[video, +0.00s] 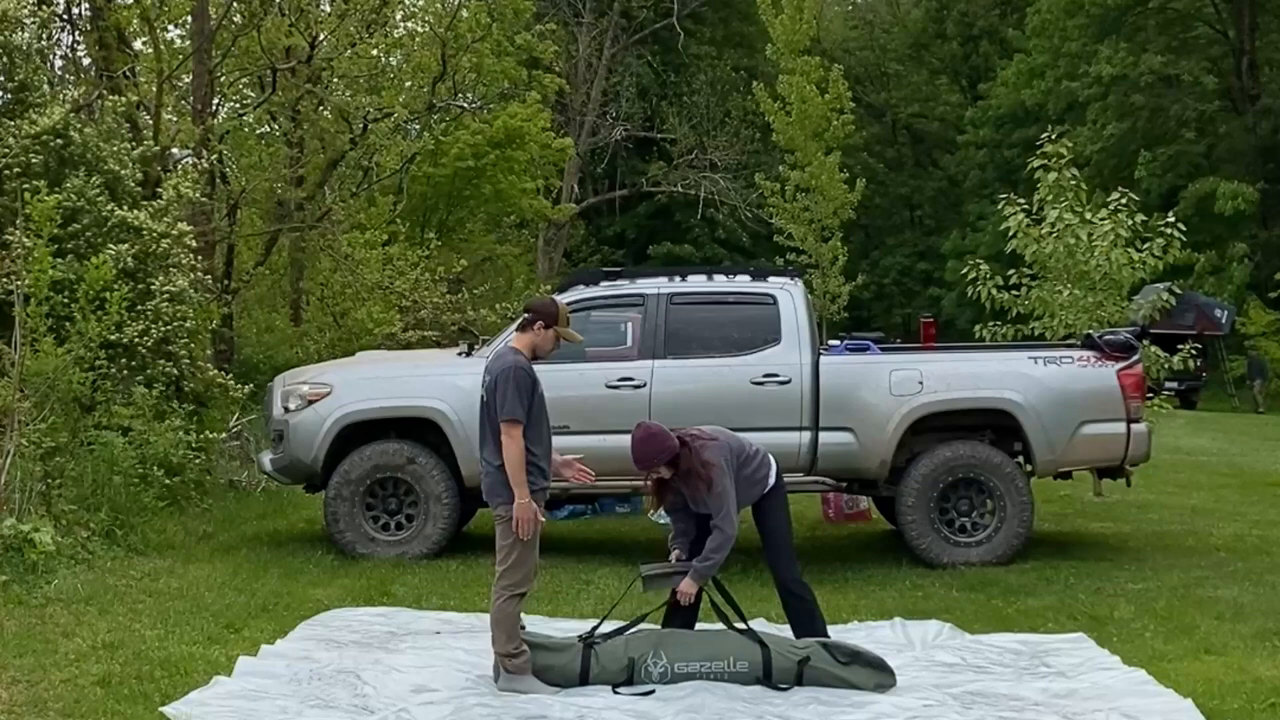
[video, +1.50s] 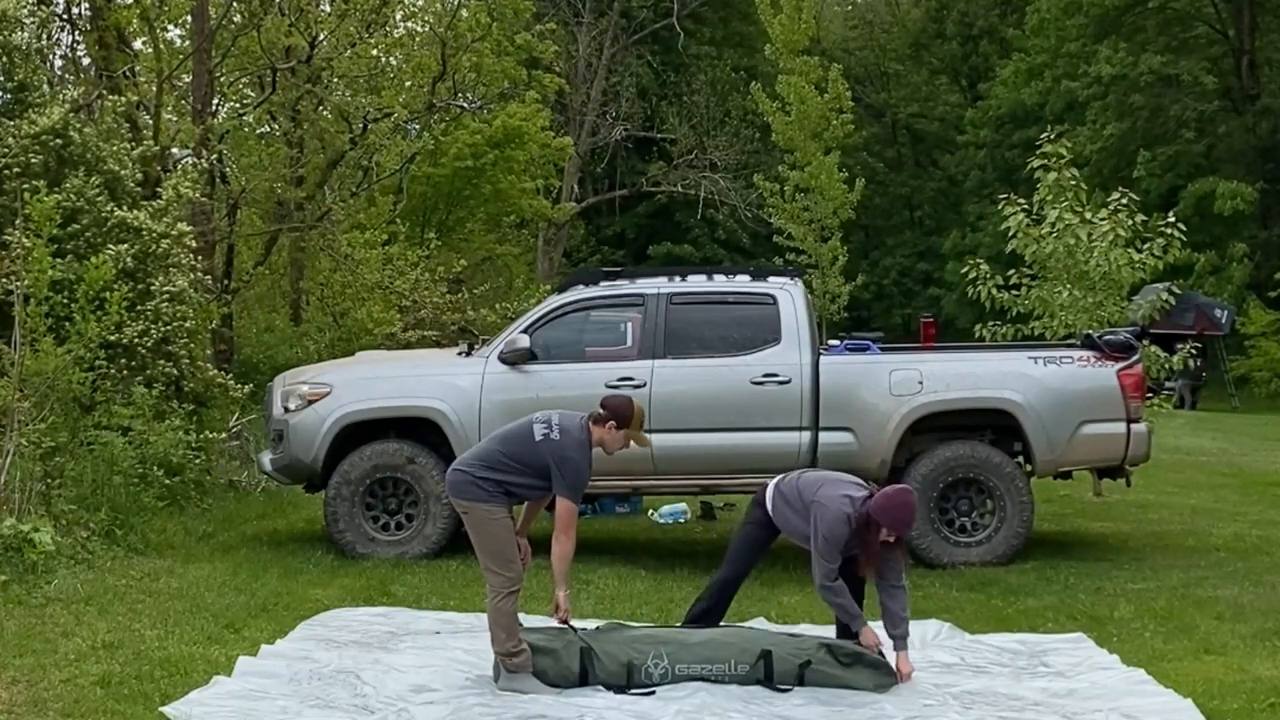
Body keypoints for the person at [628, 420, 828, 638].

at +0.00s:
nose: (654, 476)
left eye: (655, 470)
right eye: (649, 472)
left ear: (669, 459)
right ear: (649, 466)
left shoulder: (710, 456)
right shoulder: (664, 472)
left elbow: (726, 529)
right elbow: (679, 515)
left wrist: (695, 577)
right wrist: (679, 548)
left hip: (761, 482)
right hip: (713, 493)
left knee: (786, 576)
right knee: (688, 574)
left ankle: (820, 654)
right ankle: (669, 652)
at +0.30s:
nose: (638, 496)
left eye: (642, 490)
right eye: (633, 492)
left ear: (657, 479)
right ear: (628, 485)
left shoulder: (692, 476)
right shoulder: (638, 485)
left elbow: (688, 547)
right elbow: (627, 540)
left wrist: (657, 602)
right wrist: (611, 598)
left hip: (744, 486)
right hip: (694, 499)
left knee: (775, 575)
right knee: (667, 572)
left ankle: (816, 649)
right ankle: (666, 649)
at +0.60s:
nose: (639, 503)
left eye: (642, 497)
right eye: (634, 499)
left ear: (654, 484)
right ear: (627, 488)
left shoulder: (686, 479)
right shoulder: (632, 481)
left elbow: (674, 548)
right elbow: (622, 534)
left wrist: (639, 602)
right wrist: (607, 587)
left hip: (739, 487)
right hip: (693, 497)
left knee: (771, 577)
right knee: (667, 571)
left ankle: (814, 649)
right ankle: (666, 648)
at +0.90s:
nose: (795, 492)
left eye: (800, 487)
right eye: (790, 487)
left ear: (808, 475)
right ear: (774, 478)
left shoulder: (813, 485)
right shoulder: (741, 481)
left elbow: (837, 538)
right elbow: (742, 543)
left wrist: (858, 599)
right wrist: (771, 596)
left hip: (792, 509)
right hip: (740, 508)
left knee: (820, 572)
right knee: (704, 566)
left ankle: (833, 645)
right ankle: (673, 638)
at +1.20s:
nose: (879, 534)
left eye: (884, 529)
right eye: (876, 526)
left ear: (891, 522)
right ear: (862, 515)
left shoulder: (882, 521)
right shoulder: (823, 509)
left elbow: (890, 578)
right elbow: (805, 571)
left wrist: (902, 641)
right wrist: (840, 615)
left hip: (826, 513)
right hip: (774, 498)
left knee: (851, 578)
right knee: (730, 573)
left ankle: (847, 649)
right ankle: (685, 640)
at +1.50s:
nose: (889, 538)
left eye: (896, 533)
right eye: (886, 529)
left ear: (903, 528)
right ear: (873, 516)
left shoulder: (888, 525)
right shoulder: (836, 511)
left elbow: (893, 586)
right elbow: (826, 582)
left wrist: (901, 650)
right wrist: (861, 626)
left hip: (828, 516)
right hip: (776, 499)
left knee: (853, 581)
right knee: (729, 576)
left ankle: (848, 657)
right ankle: (687, 642)